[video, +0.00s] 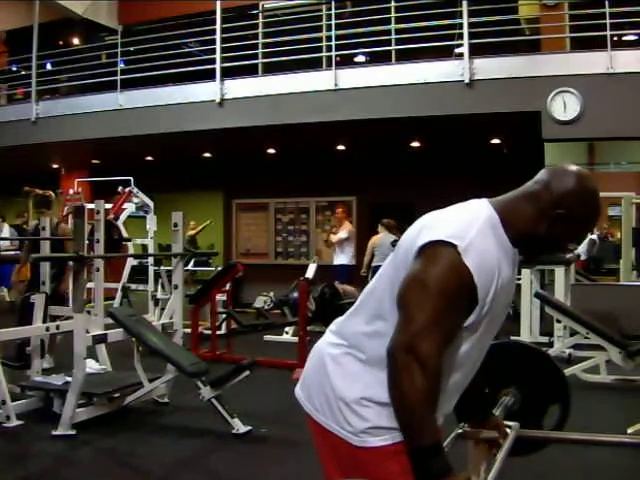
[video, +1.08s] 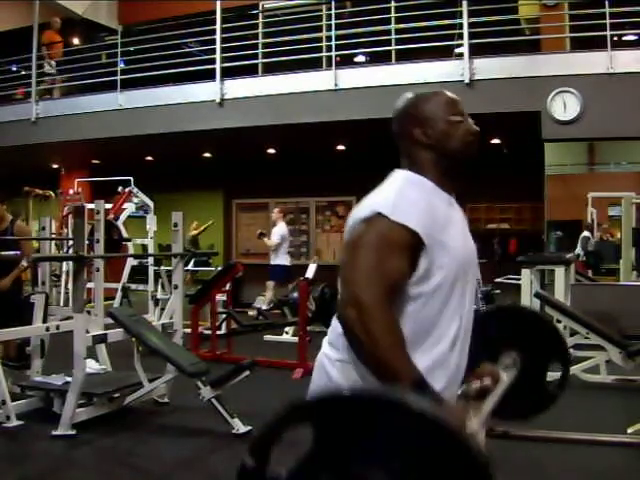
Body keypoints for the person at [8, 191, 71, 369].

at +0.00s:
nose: (43, 215)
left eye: (44, 211)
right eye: (40, 211)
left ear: (47, 209)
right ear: (41, 210)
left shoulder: (61, 230)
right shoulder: (34, 229)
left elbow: (69, 256)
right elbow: (27, 252)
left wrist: (66, 279)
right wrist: (17, 272)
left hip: (57, 277)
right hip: (37, 276)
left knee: (54, 315)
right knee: (31, 312)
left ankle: (49, 353)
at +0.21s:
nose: (24, 217)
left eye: (26, 213)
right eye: (21, 214)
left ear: (35, 211)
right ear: (19, 214)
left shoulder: (48, 229)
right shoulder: (20, 231)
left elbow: (57, 254)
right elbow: (17, 256)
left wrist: (46, 272)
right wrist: (11, 278)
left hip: (40, 278)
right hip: (21, 278)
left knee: (41, 316)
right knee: (21, 315)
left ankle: (44, 353)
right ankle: (20, 353)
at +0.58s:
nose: (2, 217)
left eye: (4, 212)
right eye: (0, 212)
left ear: (13, 209)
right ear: (2, 212)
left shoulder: (29, 227)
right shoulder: (2, 227)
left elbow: (40, 255)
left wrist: (29, 275)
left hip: (20, 282)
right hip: (1, 282)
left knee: (20, 321)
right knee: (4, 321)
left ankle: (18, 359)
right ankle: (7, 358)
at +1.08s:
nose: (1, 212)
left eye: (1, 209)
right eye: (1, 210)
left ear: (5, 208)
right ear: (4, 209)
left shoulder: (18, 228)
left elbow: (27, 258)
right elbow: (27, 258)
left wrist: (10, 278)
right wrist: (11, 277)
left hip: (11, 285)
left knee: (11, 323)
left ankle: (11, 358)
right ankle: (8, 357)